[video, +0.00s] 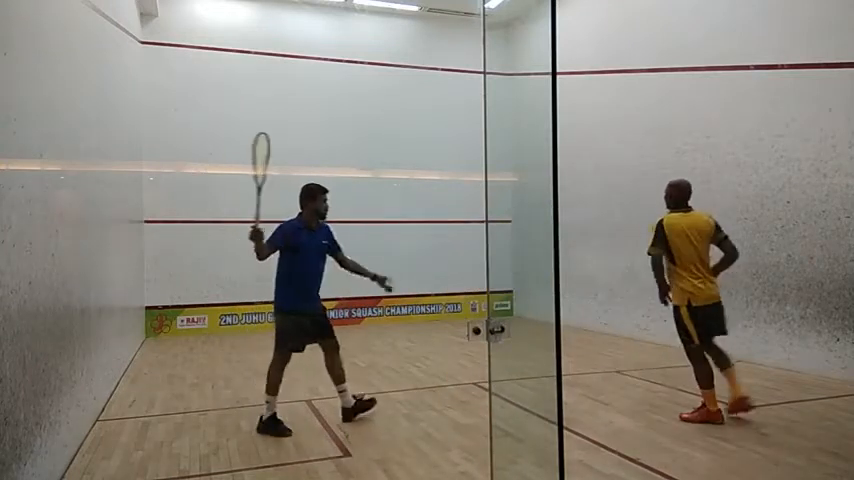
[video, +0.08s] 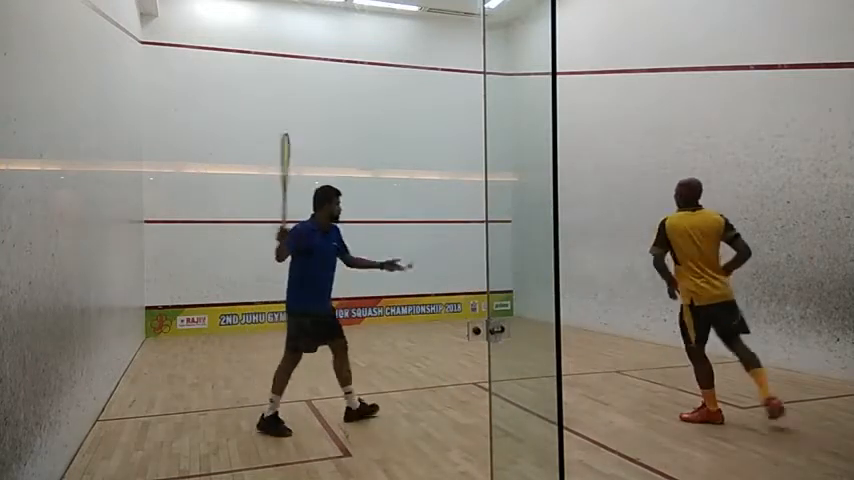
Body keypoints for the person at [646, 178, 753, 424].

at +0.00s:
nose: (664, 197)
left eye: (667, 194)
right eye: (666, 192)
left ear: (672, 197)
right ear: (688, 198)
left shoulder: (664, 224)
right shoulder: (706, 221)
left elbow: (655, 258)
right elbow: (732, 252)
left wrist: (661, 285)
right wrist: (713, 271)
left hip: (685, 300)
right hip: (710, 297)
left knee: (695, 353)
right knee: (709, 344)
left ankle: (711, 408)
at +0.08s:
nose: (674, 197)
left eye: (676, 194)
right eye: (676, 193)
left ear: (679, 197)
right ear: (699, 198)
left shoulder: (668, 224)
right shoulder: (717, 220)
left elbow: (657, 259)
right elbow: (744, 251)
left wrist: (670, 281)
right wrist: (725, 269)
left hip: (693, 302)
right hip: (722, 298)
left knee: (696, 352)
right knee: (736, 343)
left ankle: (711, 408)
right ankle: (767, 396)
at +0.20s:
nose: (684, 197)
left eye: (686, 194)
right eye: (686, 193)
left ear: (688, 197)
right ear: (709, 198)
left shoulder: (676, 225)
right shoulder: (728, 220)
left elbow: (663, 261)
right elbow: (756, 251)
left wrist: (679, 277)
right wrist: (741, 261)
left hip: (702, 302)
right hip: (734, 297)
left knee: (696, 351)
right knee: (760, 345)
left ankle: (710, 408)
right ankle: (789, 400)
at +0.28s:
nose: (696, 199)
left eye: (698, 196)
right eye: (699, 195)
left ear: (700, 199)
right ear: (721, 199)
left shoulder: (689, 227)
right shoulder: (741, 220)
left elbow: (675, 263)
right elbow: (771, 252)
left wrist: (691, 275)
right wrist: (753, 260)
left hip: (714, 303)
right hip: (748, 300)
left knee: (700, 351)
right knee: (778, 349)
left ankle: (710, 409)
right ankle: (804, 408)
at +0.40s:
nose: (712, 202)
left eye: (713, 199)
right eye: (715, 198)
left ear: (716, 203)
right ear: (738, 201)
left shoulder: (704, 230)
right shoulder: (756, 221)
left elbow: (692, 267)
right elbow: (791, 251)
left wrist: (708, 275)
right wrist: (778, 259)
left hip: (728, 305)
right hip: (764, 303)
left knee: (711, 351)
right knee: (789, 356)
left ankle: (711, 408)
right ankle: (812, 420)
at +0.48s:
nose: (731, 209)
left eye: (732, 205)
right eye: (734, 205)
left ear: (734, 207)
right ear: (758, 205)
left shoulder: (725, 235)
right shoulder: (778, 225)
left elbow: (713, 270)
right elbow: (815, 255)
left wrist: (721, 279)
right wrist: (800, 263)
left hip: (747, 309)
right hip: (782, 308)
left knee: (725, 355)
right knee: (804, 364)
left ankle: (714, 409)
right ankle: (813, 437)